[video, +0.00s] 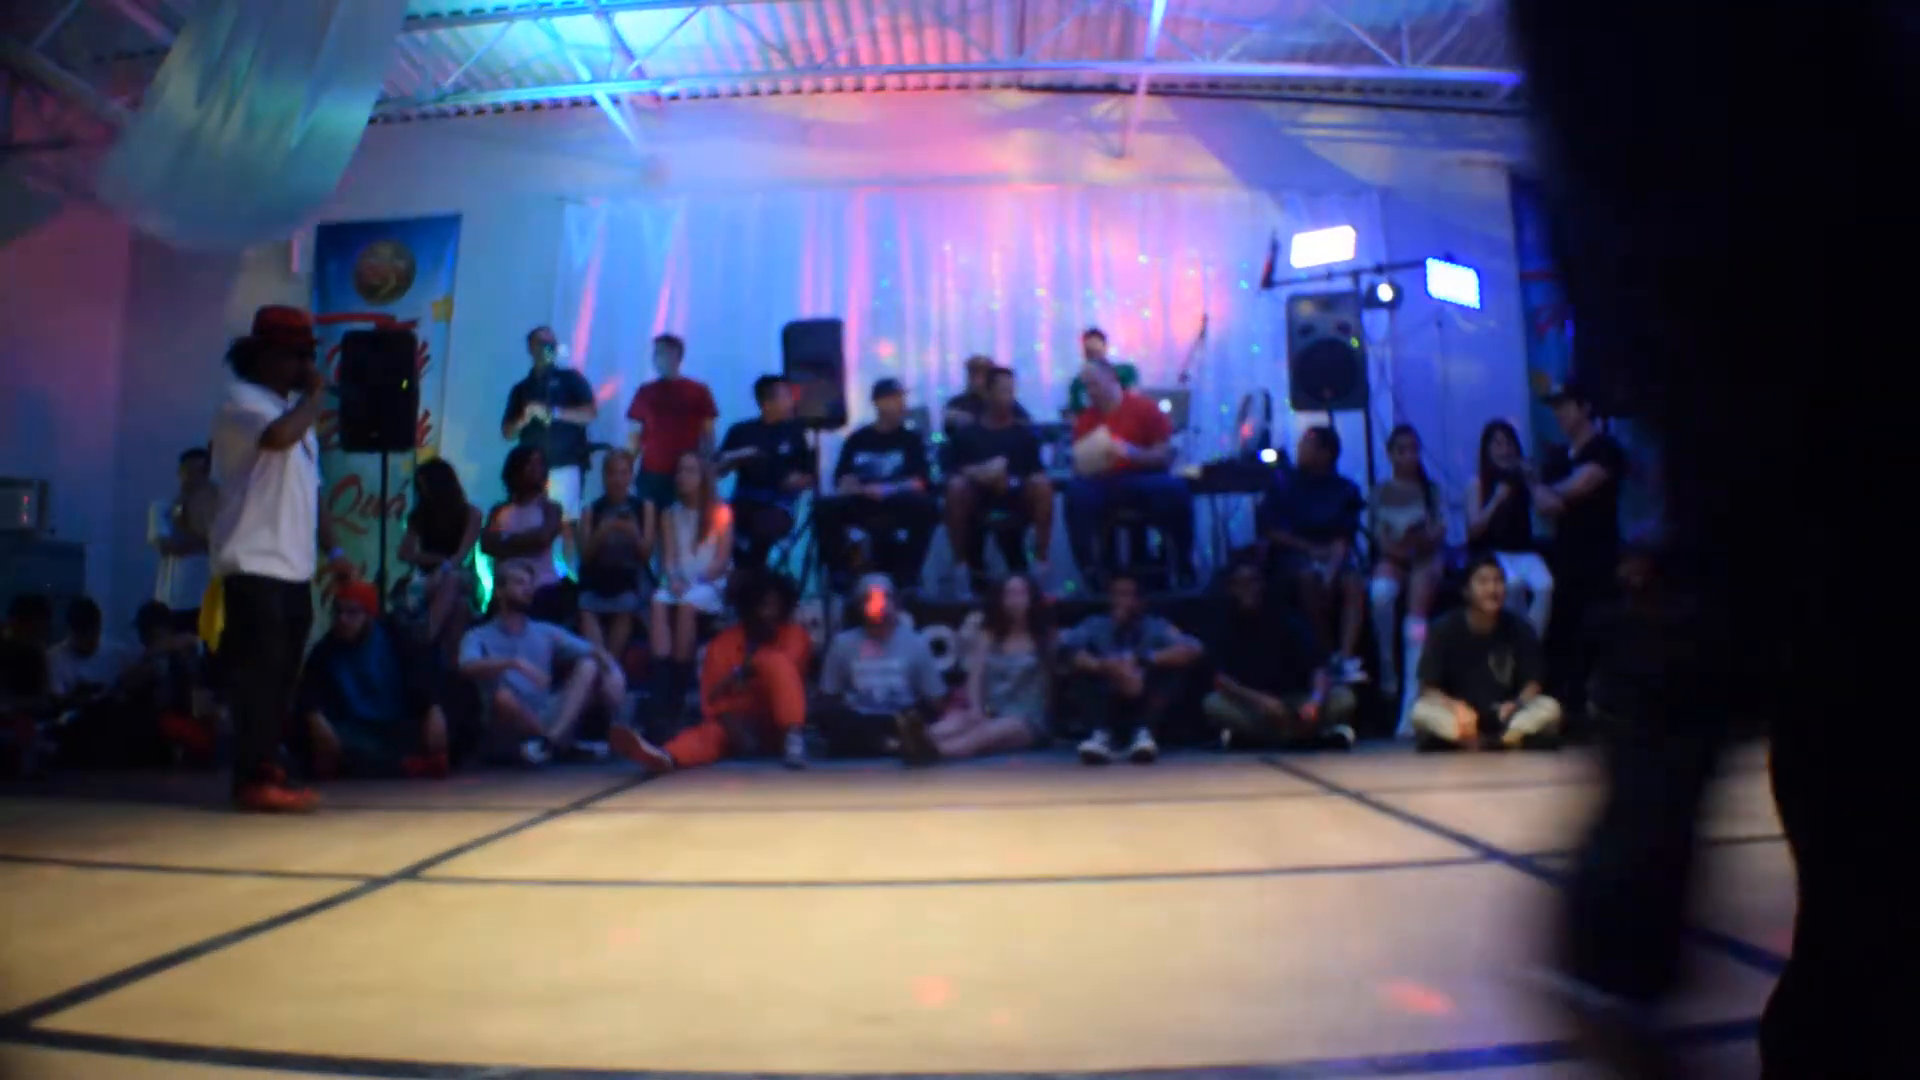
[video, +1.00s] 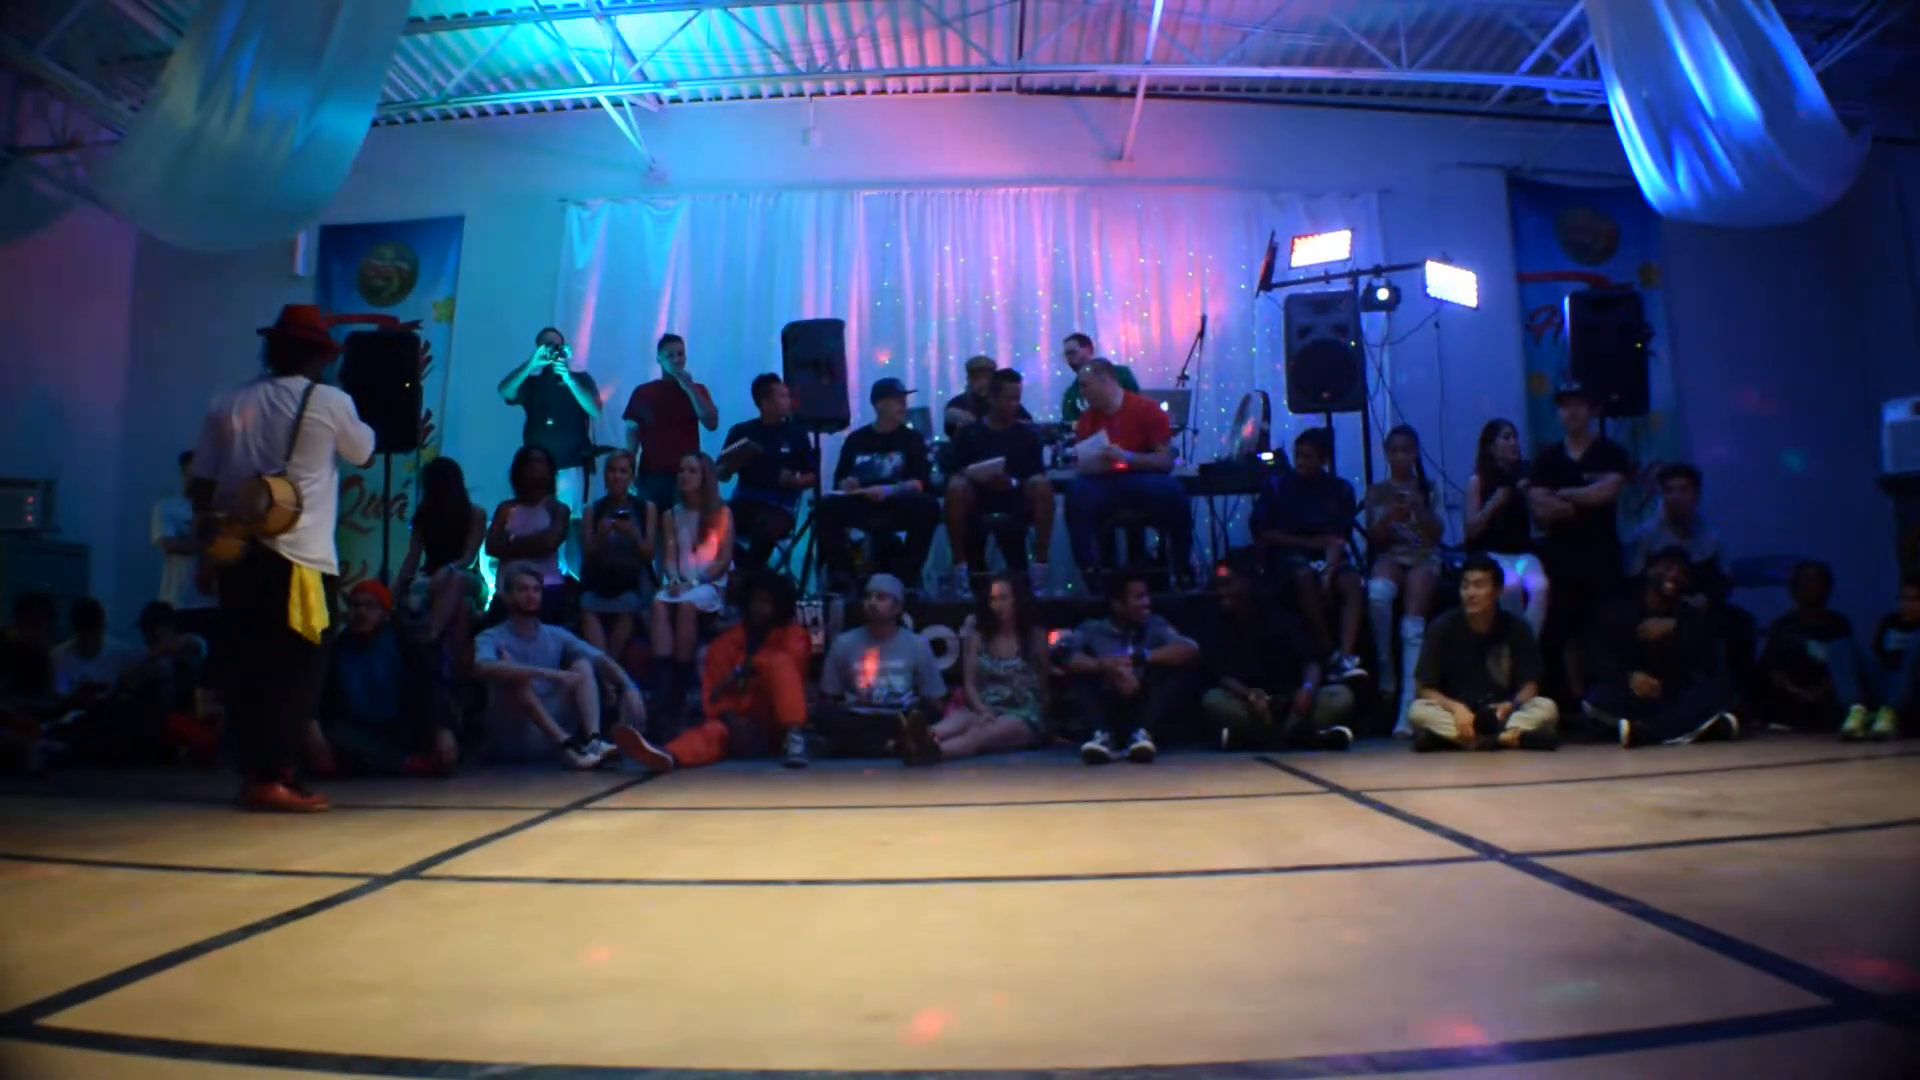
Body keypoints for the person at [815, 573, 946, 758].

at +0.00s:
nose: (877, 605)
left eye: (884, 598)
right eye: (871, 598)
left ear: (893, 603)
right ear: (860, 604)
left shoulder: (914, 644)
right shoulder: (843, 644)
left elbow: (936, 699)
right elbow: (828, 698)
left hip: (902, 718)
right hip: (858, 717)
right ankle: (890, 743)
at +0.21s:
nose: (882, 605)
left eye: (889, 597)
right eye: (874, 598)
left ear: (897, 602)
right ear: (863, 604)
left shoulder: (916, 645)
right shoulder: (844, 644)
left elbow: (936, 701)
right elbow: (828, 695)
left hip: (903, 719)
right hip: (857, 719)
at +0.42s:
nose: (877, 604)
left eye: (886, 598)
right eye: (872, 597)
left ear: (899, 604)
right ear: (865, 602)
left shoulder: (917, 644)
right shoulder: (845, 643)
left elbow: (936, 700)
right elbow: (829, 696)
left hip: (903, 720)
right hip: (857, 719)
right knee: (825, 715)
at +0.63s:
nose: (873, 604)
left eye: (882, 598)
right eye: (870, 597)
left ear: (898, 606)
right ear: (864, 602)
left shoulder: (916, 645)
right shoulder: (845, 644)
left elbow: (935, 701)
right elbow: (830, 698)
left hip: (904, 719)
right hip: (858, 719)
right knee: (825, 716)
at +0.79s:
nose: (872, 604)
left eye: (881, 598)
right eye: (869, 597)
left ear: (897, 607)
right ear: (863, 602)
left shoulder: (916, 645)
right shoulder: (844, 644)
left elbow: (935, 700)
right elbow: (829, 698)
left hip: (903, 719)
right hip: (858, 719)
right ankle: (890, 745)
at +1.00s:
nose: (872, 603)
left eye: (880, 598)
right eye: (869, 597)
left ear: (897, 607)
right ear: (863, 602)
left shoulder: (916, 645)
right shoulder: (844, 643)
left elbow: (934, 700)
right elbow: (829, 697)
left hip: (901, 714)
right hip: (858, 715)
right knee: (822, 716)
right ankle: (888, 745)